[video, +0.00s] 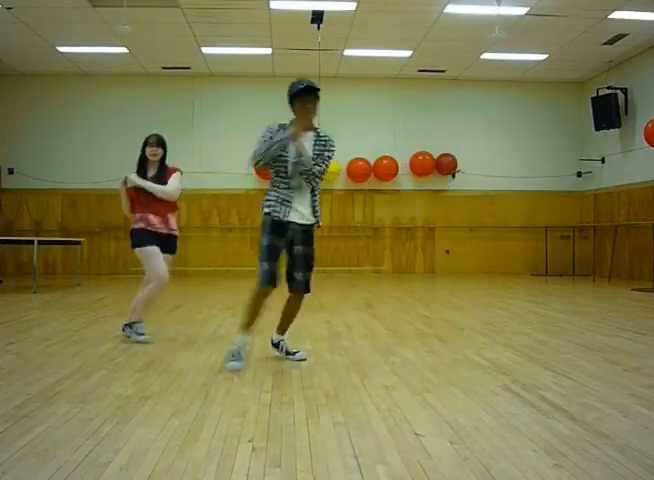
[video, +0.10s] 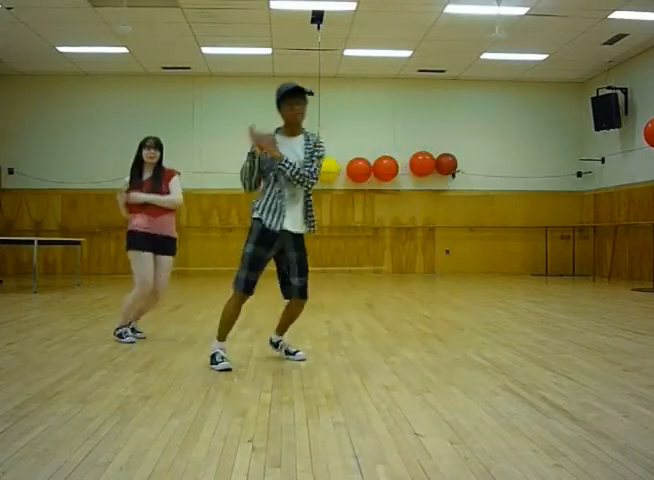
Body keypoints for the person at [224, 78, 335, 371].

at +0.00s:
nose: (311, 106)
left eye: (314, 101)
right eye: (305, 101)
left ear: (318, 105)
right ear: (293, 105)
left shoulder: (324, 141)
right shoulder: (275, 133)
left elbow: (315, 176)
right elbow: (258, 162)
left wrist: (299, 148)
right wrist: (286, 139)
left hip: (305, 220)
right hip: (276, 214)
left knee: (300, 287)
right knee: (267, 282)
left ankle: (279, 338)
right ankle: (241, 340)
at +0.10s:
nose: (298, 109)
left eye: (301, 104)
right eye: (292, 105)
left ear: (306, 108)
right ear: (280, 109)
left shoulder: (314, 143)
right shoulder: (270, 140)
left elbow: (309, 181)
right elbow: (249, 184)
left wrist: (277, 156)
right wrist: (255, 153)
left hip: (295, 228)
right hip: (266, 223)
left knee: (299, 297)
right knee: (243, 290)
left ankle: (277, 338)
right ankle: (218, 347)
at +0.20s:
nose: (288, 111)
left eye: (292, 106)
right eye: (281, 107)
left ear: (298, 110)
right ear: (271, 112)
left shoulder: (307, 145)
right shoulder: (255, 149)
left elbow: (313, 181)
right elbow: (250, 191)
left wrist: (286, 154)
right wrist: (264, 160)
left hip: (291, 231)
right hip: (260, 229)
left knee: (307, 297)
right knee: (239, 294)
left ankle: (292, 332)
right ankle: (219, 349)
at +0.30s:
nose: (285, 110)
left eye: (289, 105)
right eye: (278, 106)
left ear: (295, 110)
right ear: (268, 113)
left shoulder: (303, 145)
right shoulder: (256, 149)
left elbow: (329, 181)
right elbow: (257, 188)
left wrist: (314, 151)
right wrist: (289, 161)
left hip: (294, 235)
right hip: (262, 234)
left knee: (322, 291)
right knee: (239, 294)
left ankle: (322, 335)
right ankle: (218, 348)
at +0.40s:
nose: (290, 107)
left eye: (294, 102)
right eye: (283, 103)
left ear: (300, 106)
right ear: (273, 109)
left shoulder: (312, 141)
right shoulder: (264, 146)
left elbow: (342, 175)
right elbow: (278, 183)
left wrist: (342, 163)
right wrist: (315, 173)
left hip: (306, 232)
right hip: (274, 232)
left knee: (338, 288)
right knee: (251, 294)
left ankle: (349, 340)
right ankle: (221, 347)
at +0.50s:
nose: (302, 103)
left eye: (305, 98)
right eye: (295, 100)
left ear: (311, 103)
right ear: (284, 107)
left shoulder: (323, 137)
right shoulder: (278, 145)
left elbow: (345, 165)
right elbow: (296, 185)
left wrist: (363, 177)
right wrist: (334, 186)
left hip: (327, 227)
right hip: (296, 229)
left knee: (351, 288)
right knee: (271, 292)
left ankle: (353, 343)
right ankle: (232, 344)